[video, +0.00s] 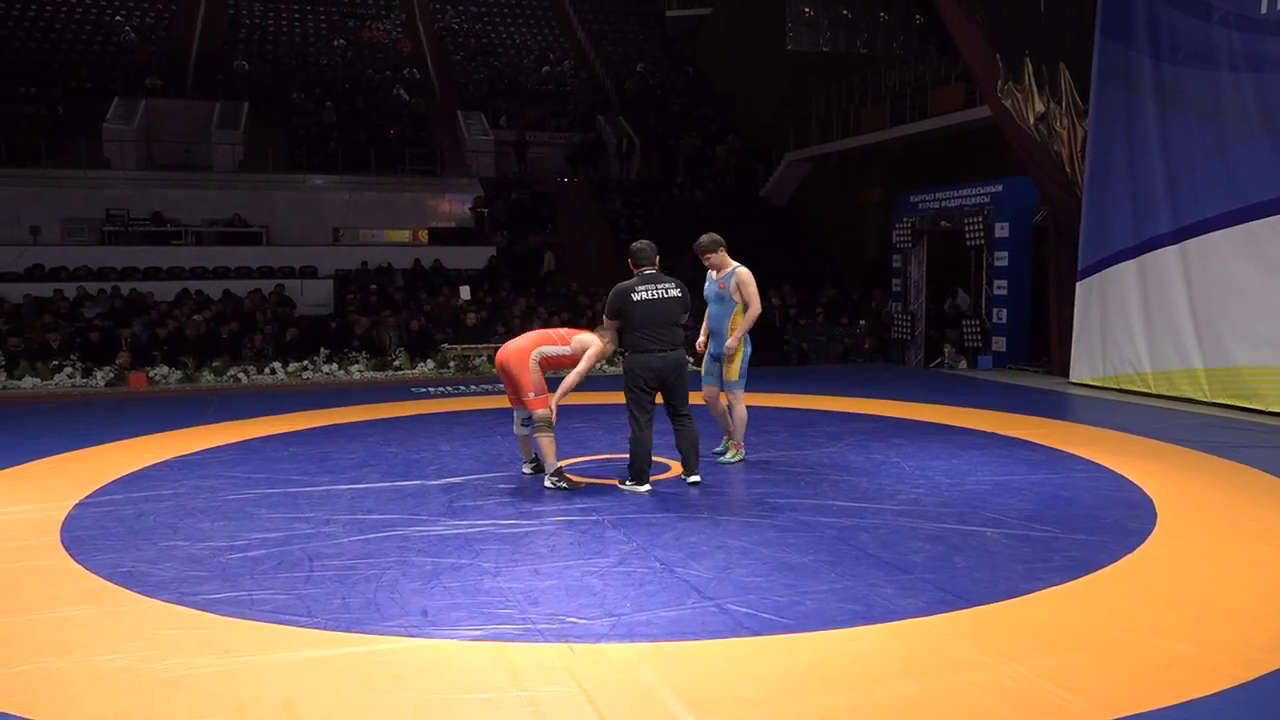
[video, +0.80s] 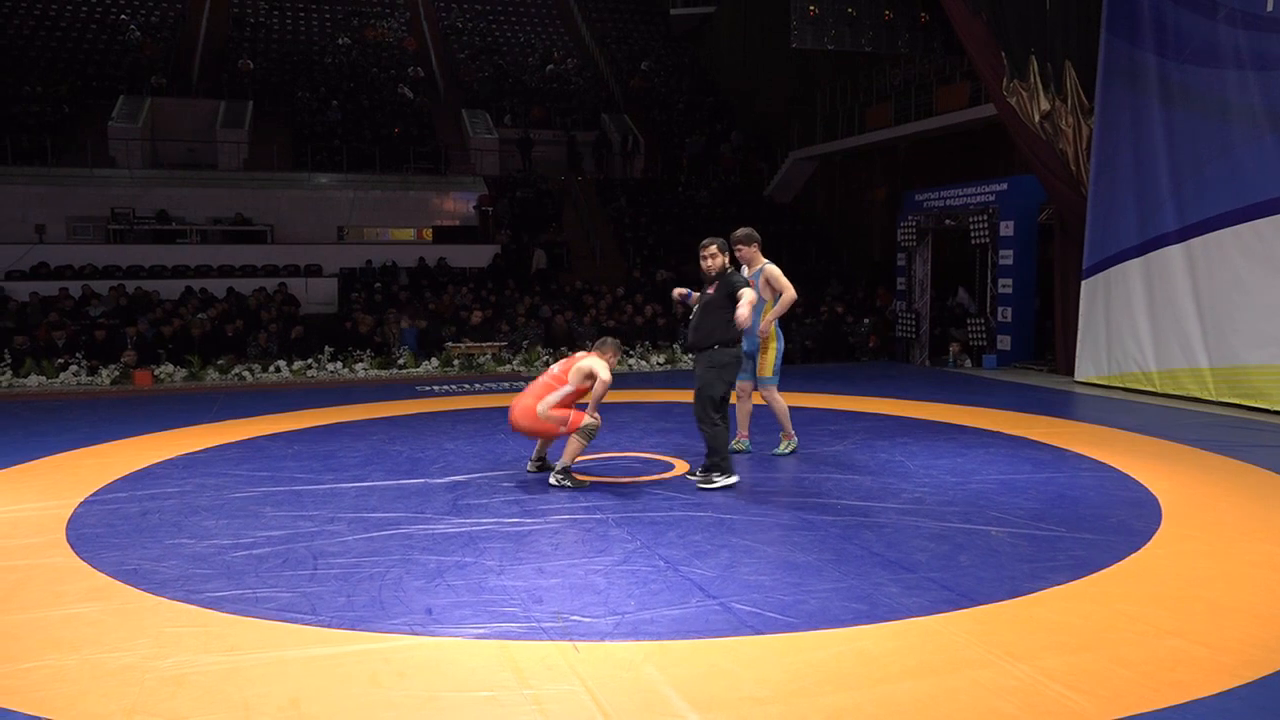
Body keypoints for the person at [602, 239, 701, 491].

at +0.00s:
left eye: (630, 262)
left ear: (631, 264)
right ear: (658, 262)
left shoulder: (621, 291)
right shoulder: (677, 287)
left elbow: (610, 323)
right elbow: (683, 319)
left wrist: (634, 318)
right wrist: (656, 315)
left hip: (639, 363)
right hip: (674, 361)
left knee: (640, 421)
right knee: (682, 414)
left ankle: (639, 479)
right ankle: (692, 471)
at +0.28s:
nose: (656, 266)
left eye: (656, 263)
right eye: (658, 263)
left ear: (659, 264)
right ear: (684, 263)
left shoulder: (655, 291)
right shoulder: (700, 289)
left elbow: (629, 325)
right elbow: (700, 323)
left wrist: (635, 343)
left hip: (661, 364)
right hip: (693, 362)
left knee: (646, 420)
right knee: (693, 414)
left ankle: (639, 477)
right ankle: (704, 471)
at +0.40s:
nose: (667, 266)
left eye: (668, 262)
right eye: (668, 262)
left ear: (673, 262)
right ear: (695, 261)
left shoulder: (674, 289)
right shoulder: (710, 286)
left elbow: (658, 325)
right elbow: (690, 306)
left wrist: (640, 345)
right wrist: (670, 286)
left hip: (677, 362)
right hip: (704, 360)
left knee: (653, 416)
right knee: (700, 414)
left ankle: (639, 472)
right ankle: (705, 472)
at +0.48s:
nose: (672, 265)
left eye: (673, 261)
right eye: (672, 261)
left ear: (684, 260)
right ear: (698, 260)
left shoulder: (687, 285)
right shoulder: (713, 283)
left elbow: (681, 320)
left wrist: (657, 344)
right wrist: (670, 280)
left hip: (685, 359)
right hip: (709, 357)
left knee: (663, 415)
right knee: (703, 414)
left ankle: (644, 469)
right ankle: (705, 471)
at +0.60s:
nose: (682, 263)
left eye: (686, 258)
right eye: (681, 259)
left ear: (702, 257)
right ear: (701, 259)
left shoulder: (707, 282)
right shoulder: (710, 279)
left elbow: (711, 315)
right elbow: (692, 295)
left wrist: (685, 343)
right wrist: (672, 276)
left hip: (700, 355)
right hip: (713, 354)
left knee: (677, 411)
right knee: (708, 413)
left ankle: (665, 469)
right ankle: (707, 470)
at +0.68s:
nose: (693, 262)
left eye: (698, 257)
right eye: (690, 258)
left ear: (713, 257)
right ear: (691, 260)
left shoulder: (719, 279)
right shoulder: (707, 280)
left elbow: (728, 309)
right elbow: (695, 293)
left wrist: (705, 337)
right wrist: (674, 278)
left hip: (707, 356)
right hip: (714, 355)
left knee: (688, 412)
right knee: (712, 415)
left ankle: (687, 471)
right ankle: (710, 470)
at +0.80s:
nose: (708, 262)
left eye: (713, 256)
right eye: (704, 258)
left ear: (726, 257)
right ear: (701, 261)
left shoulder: (732, 278)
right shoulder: (711, 284)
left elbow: (748, 293)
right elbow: (705, 303)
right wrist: (687, 296)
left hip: (721, 354)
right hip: (708, 354)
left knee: (707, 411)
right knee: (713, 412)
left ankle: (722, 469)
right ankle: (713, 464)